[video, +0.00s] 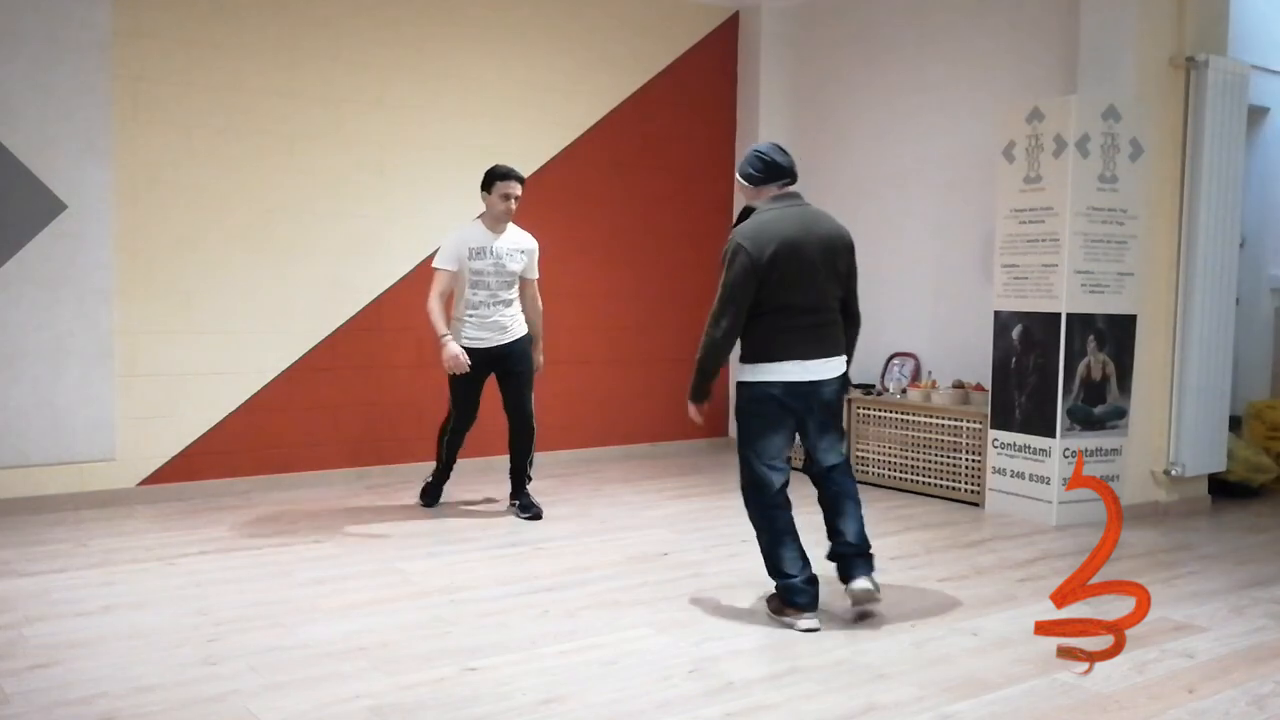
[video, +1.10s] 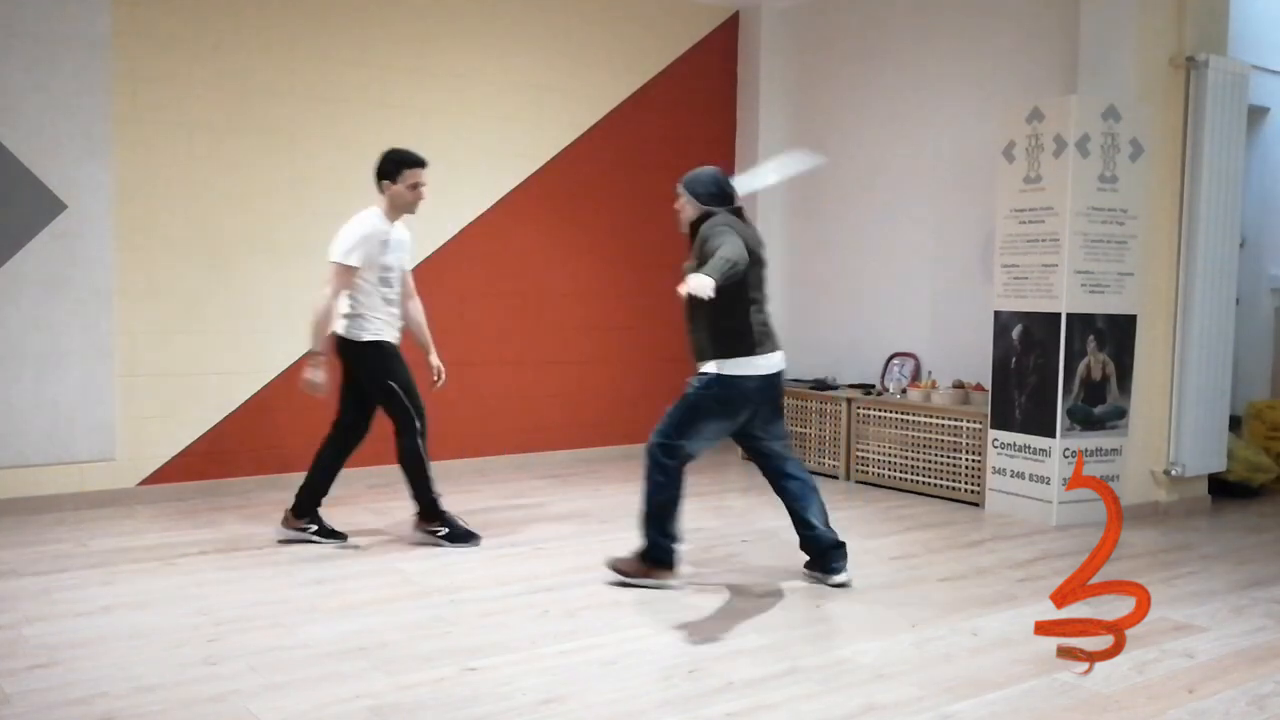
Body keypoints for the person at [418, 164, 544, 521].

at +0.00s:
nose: (512, 204)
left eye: (517, 198)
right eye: (505, 197)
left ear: (520, 200)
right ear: (485, 196)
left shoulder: (526, 244)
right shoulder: (460, 240)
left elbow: (531, 297)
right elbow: (435, 297)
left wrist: (537, 345)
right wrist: (445, 341)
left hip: (514, 344)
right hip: (470, 346)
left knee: (523, 418)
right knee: (460, 419)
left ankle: (520, 491)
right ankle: (439, 477)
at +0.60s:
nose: (504, 196)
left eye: (506, 189)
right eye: (496, 188)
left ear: (502, 191)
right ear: (469, 188)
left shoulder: (496, 236)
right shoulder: (439, 232)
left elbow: (502, 298)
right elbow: (409, 295)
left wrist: (520, 349)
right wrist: (415, 357)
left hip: (478, 343)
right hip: (439, 343)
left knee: (490, 415)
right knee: (450, 423)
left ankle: (491, 490)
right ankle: (443, 516)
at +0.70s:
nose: (494, 193)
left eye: (497, 185)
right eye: (487, 185)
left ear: (492, 187)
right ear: (461, 183)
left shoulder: (481, 232)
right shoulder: (432, 227)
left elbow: (483, 298)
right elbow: (403, 292)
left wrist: (493, 353)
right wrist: (412, 356)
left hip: (463, 342)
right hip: (432, 343)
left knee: (474, 414)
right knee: (443, 422)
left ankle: (448, 491)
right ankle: (442, 517)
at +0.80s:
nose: (483, 191)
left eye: (485, 184)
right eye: (476, 183)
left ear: (471, 185)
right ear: (450, 183)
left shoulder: (467, 231)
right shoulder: (420, 227)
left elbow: (467, 297)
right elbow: (397, 294)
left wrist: (468, 353)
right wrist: (406, 358)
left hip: (450, 344)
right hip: (421, 343)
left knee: (450, 418)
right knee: (433, 424)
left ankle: (394, 490)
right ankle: (441, 516)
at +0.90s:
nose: (469, 193)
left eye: (470, 184)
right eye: (462, 184)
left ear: (457, 185)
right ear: (435, 184)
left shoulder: (450, 232)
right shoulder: (409, 226)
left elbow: (451, 296)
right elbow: (383, 296)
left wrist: (451, 350)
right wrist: (388, 361)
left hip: (433, 344)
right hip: (409, 343)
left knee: (406, 426)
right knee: (432, 426)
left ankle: (348, 494)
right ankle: (441, 518)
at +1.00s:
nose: (448, 194)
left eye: (449, 186)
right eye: (441, 186)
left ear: (426, 187)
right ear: (415, 186)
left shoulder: (427, 232)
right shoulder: (392, 226)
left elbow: (430, 297)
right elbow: (362, 293)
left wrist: (439, 348)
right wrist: (356, 359)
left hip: (410, 346)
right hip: (390, 345)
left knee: (378, 428)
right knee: (429, 423)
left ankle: (314, 501)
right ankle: (440, 518)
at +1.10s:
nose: (422, 193)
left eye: (423, 185)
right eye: (414, 185)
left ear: (407, 189)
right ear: (388, 186)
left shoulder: (401, 234)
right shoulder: (363, 230)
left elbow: (409, 298)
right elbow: (332, 292)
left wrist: (430, 350)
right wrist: (317, 352)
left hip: (379, 344)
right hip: (364, 344)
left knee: (349, 428)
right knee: (410, 417)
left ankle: (301, 513)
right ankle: (430, 515)